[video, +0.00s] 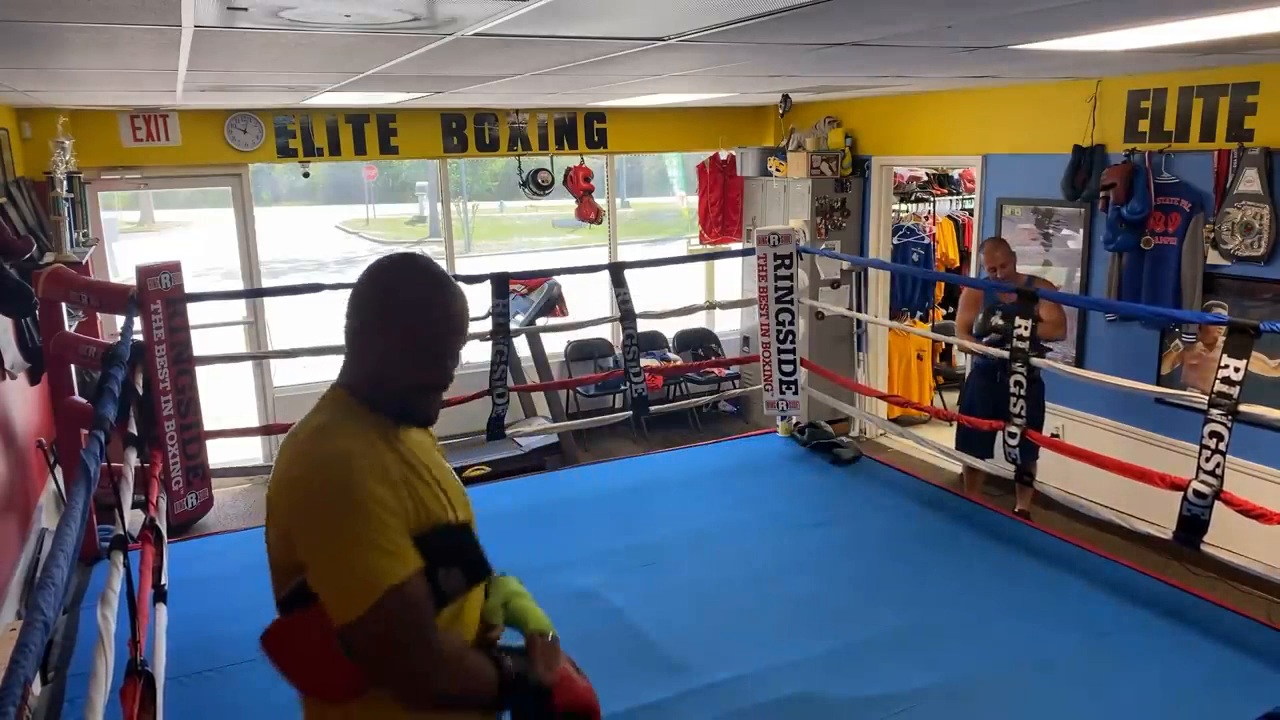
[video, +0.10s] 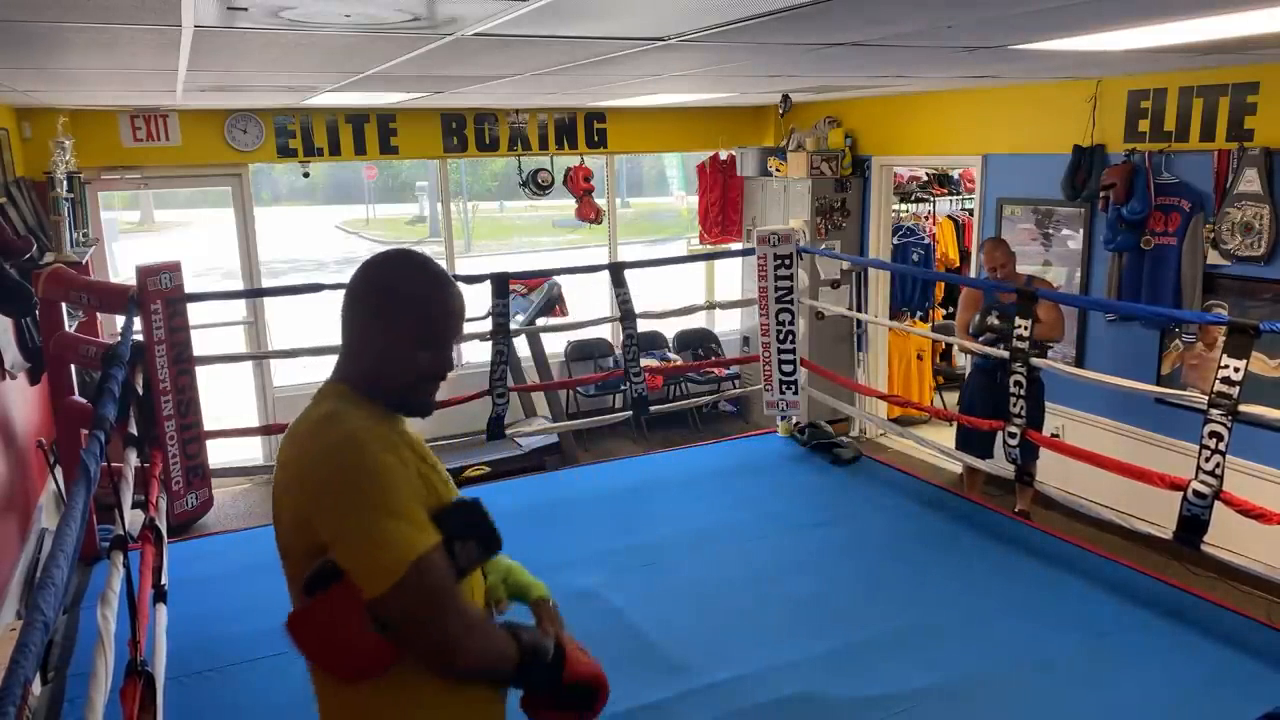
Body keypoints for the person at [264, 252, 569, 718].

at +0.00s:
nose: (450, 377)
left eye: (455, 357)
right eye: (437, 357)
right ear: (381, 345)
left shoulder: (393, 429)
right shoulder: (335, 462)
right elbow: (414, 667)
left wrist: (481, 601)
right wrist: (523, 674)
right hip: (388, 706)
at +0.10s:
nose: (448, 366)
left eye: (451, 346)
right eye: (433, 346)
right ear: (382, 334)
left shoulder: (373, 428)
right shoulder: (350, 448)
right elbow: (446, 640)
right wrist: (534, 649)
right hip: (408, 706)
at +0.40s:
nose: (444, 363)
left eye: (446, 344)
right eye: (436, 342)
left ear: (359, 327)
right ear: (385, 329)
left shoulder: (309, 420)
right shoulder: (390, 431)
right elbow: (521, 593)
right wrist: (551, 598)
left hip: (375, 694)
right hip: (454, 702)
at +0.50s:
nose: (445, 366)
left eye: (448, 348)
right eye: (439, 344)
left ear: (358, 325)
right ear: (390, 327)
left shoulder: (301, 423)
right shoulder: (396, 431)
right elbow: (528, 578)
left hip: (377, 694)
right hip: (463, 701)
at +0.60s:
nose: (449, 367)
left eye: (453, 350)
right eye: (444, 346)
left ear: (362, 325)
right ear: (394, 329)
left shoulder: (301, 421)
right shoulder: (398, 433)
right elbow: (529, 578)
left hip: (380, 692)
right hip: (466, 701)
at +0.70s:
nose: (452, 371)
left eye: (456, 354)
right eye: (448, 349)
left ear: (367, 325)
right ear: (397, 329)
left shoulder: (302, 420)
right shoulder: (396, 436)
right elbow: (527, 579)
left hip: (382, 694)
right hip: (469, 702)